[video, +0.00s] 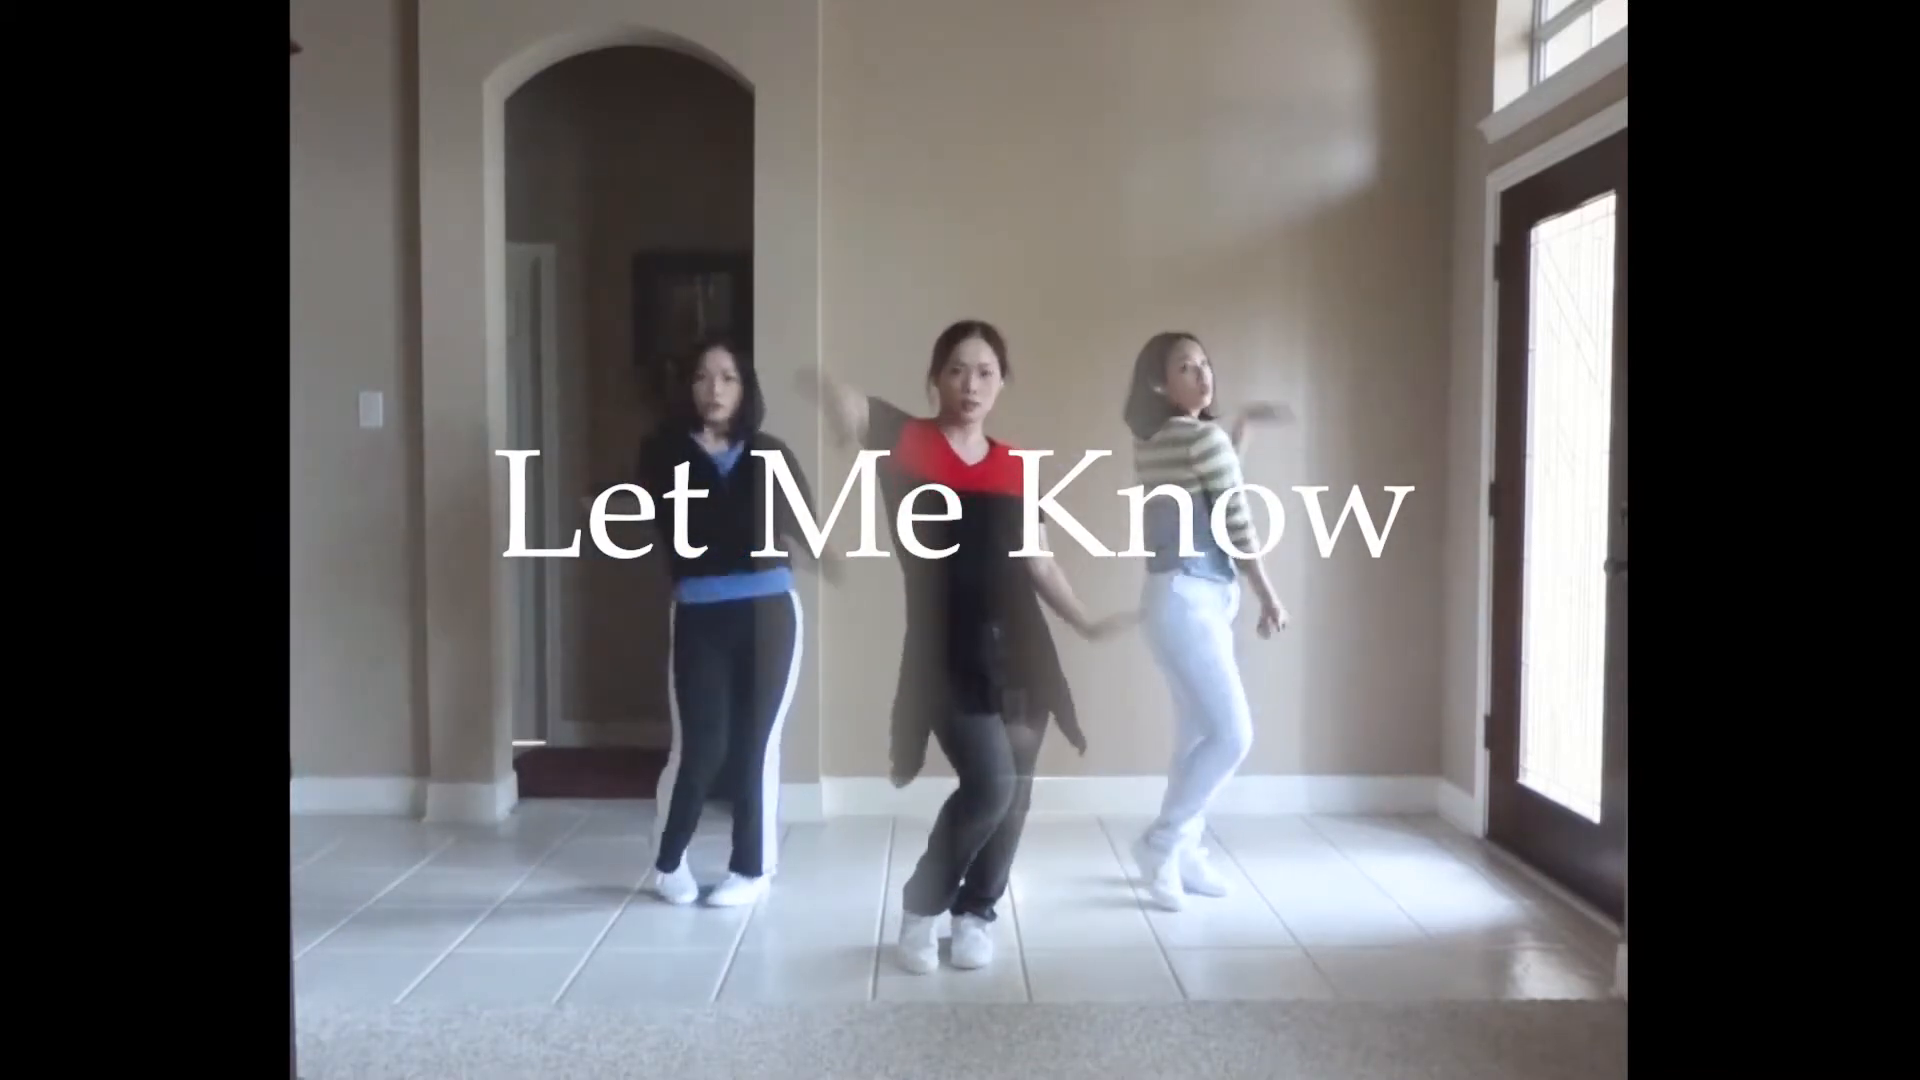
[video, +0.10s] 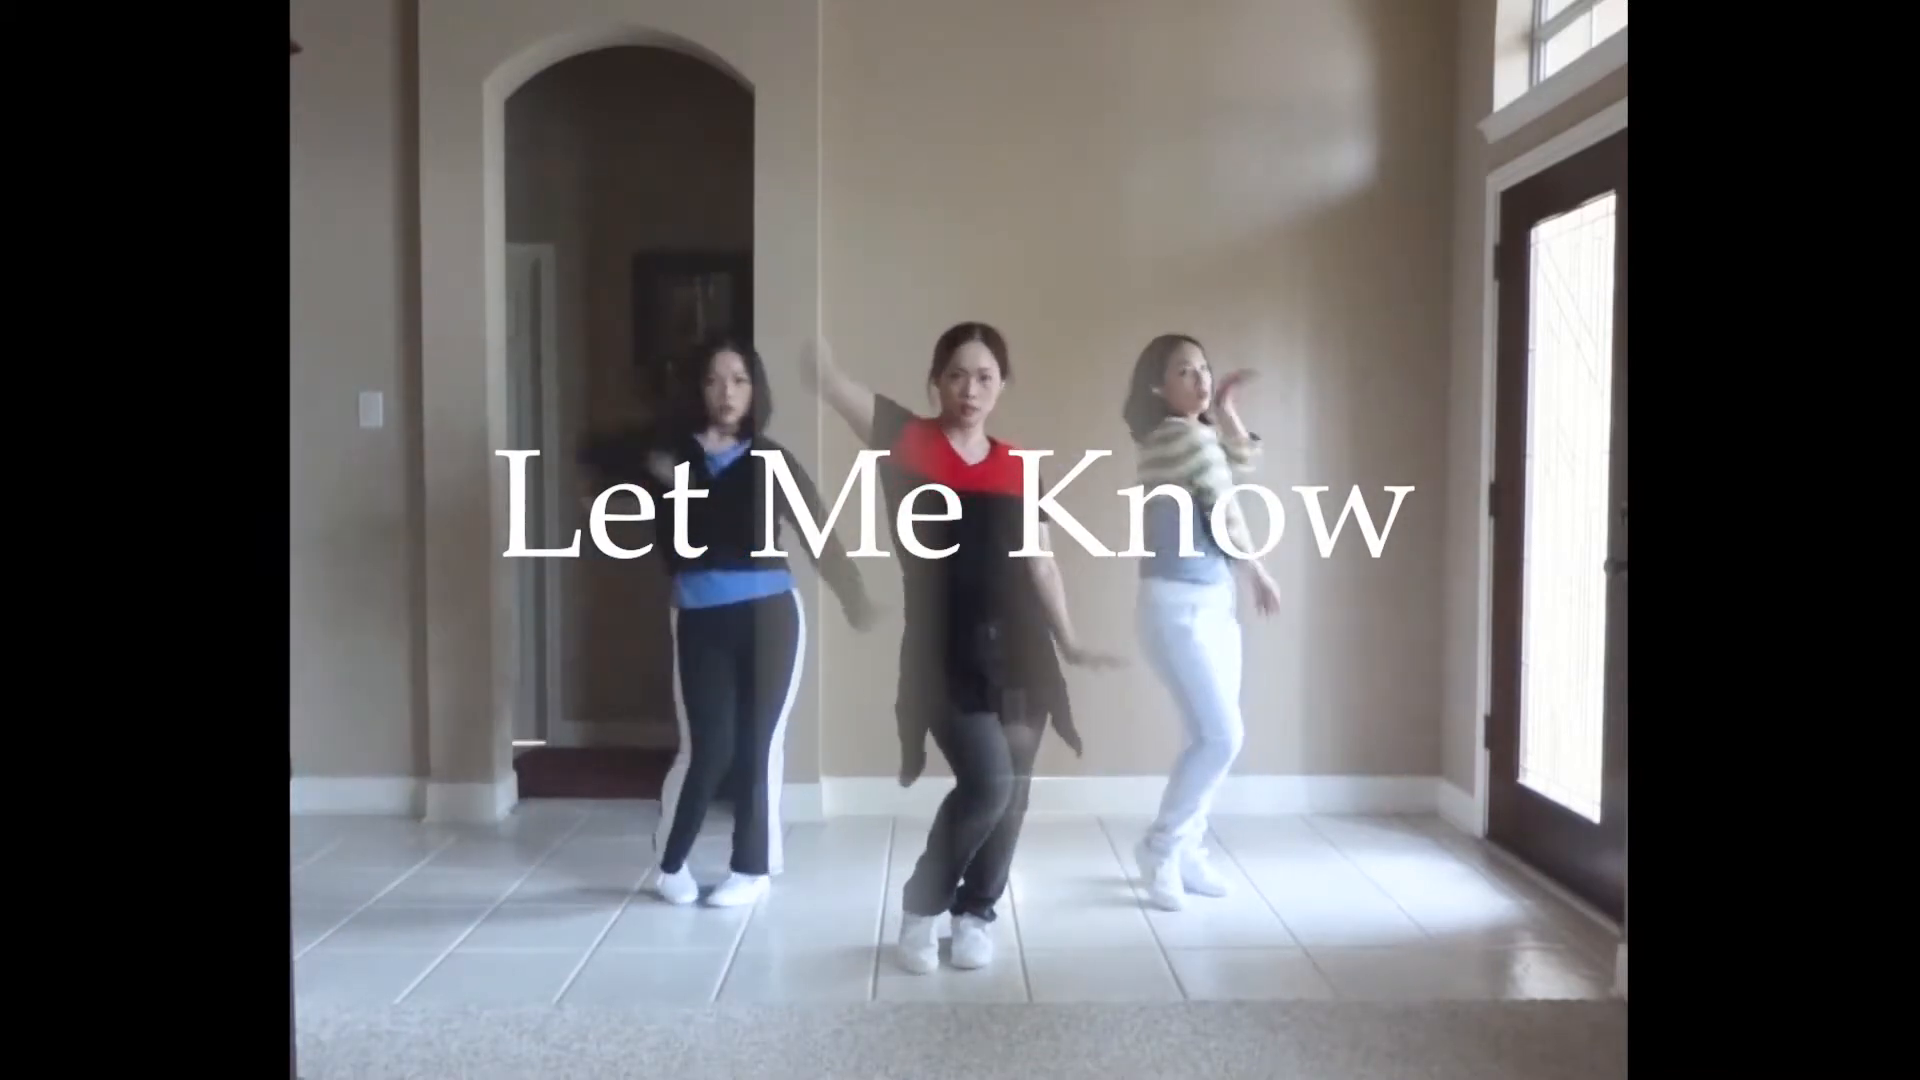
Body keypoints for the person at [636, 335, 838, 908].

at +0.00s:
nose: (714, 388)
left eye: (727, 378)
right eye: (704, 377)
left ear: (746, 388)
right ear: (689, 386)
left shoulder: (770, 453)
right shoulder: (666, 452)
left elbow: (809, 530)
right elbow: (646, 526)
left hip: (767, 610)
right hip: (700, 612)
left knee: (752, 748)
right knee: (704, 747)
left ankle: (749, 871)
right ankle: (670, 861)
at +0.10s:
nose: (726, 392)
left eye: (738, 381)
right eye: (715, 381)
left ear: (754, 390)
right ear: (700, 389)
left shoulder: (772, 459)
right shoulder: (673, 456)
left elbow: (818, 533)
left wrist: (854, 598)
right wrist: (645, 470)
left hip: (768, 610)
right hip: (702, 614)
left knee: (755, 747)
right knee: (712, 746)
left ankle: (750, 870)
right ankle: (671, 866)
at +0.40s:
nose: (737, 403)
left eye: (748, 392)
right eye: (725, 392)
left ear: (763, 399)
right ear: (706, 397)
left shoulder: (777, 464)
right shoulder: (679, 442)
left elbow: (808, 544)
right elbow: (618, 379)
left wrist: (828, 616)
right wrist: (562, 306)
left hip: (771, 617)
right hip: (704, 618)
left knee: (759, 750)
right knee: (717, 751)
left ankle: (751, 873)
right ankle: (662, 865)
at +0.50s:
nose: (735, 383)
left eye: (746, 372)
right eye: (724, 373)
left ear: (764, 383)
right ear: (710, 383)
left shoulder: (786, 456)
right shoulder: (687, 438)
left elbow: (812, 538)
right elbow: (623, 398)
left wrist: (827, 615)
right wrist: (582, 339)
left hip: (766, 612)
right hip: (699, 612)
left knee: (753, 749)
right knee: (703, 748)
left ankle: (750, 872)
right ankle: (663, 865)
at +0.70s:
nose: (735, 349)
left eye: (747, 343)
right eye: (725, 341)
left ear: (762, 361)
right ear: (707, 356)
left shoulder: (778, 425)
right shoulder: (686, 418)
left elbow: (798, 492)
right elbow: (638, 419)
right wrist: (673, 361)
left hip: (755, 592)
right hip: (693, 588)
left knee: (744, 726)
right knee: (687, 716)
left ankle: (748, 861)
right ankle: (702, 836)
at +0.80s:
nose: (738, 347)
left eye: (750, 341)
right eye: (729, 339)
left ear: (764, 360)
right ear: (710, 354)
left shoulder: (776, 424)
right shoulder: (684, 410)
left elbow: (795, 497)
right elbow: (637, 367)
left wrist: (708, 515)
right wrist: (624, 302)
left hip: (758, 588)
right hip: (699, 586)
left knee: (751, 718)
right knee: (700, 707)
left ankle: (755, 857)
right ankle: (715, 815)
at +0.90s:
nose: (739, 360)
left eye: (750, 351)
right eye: (729, 351)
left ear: (767, 366)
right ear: (712, 362)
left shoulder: (772, 444)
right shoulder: (686, 418)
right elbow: (635, 364)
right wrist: (593, 294)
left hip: (755, 588)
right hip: (701, 588)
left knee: (753, 721)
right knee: (711, 712)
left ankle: (762, 860)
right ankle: (733, 825)